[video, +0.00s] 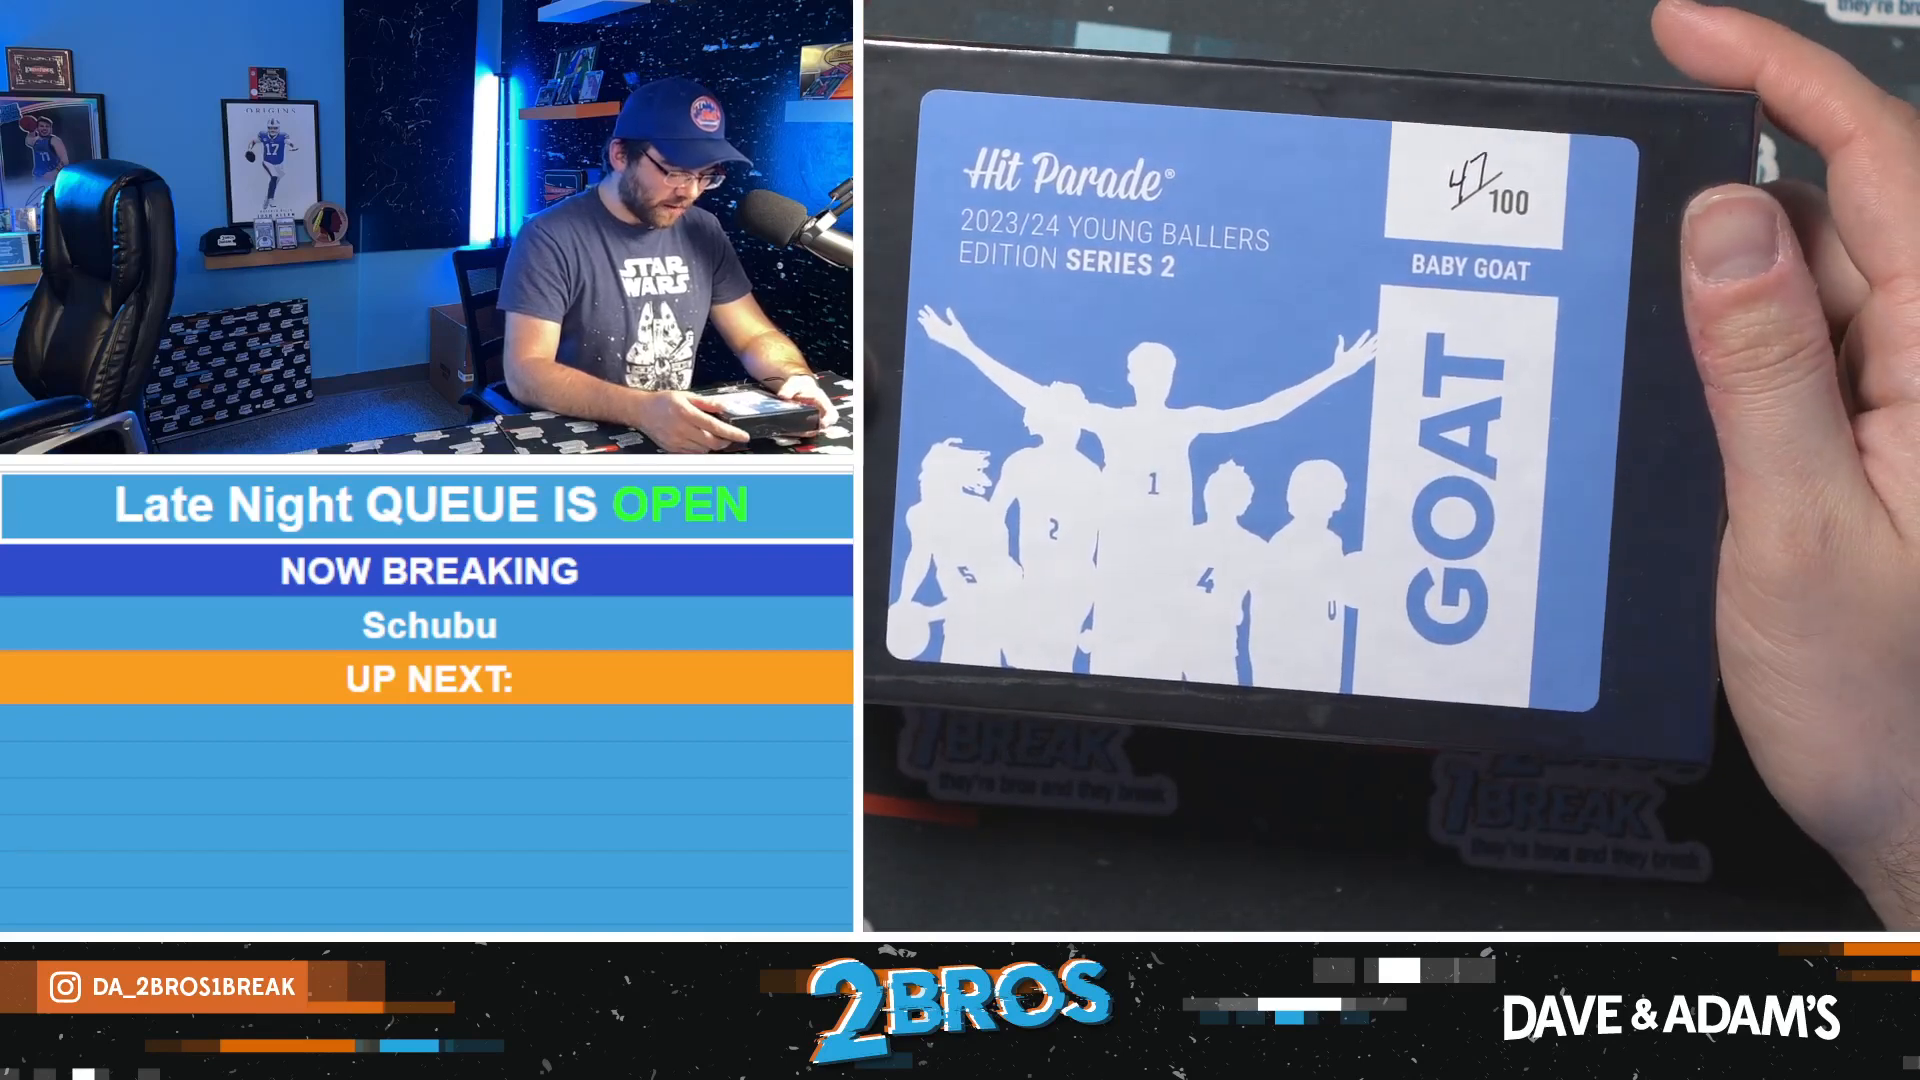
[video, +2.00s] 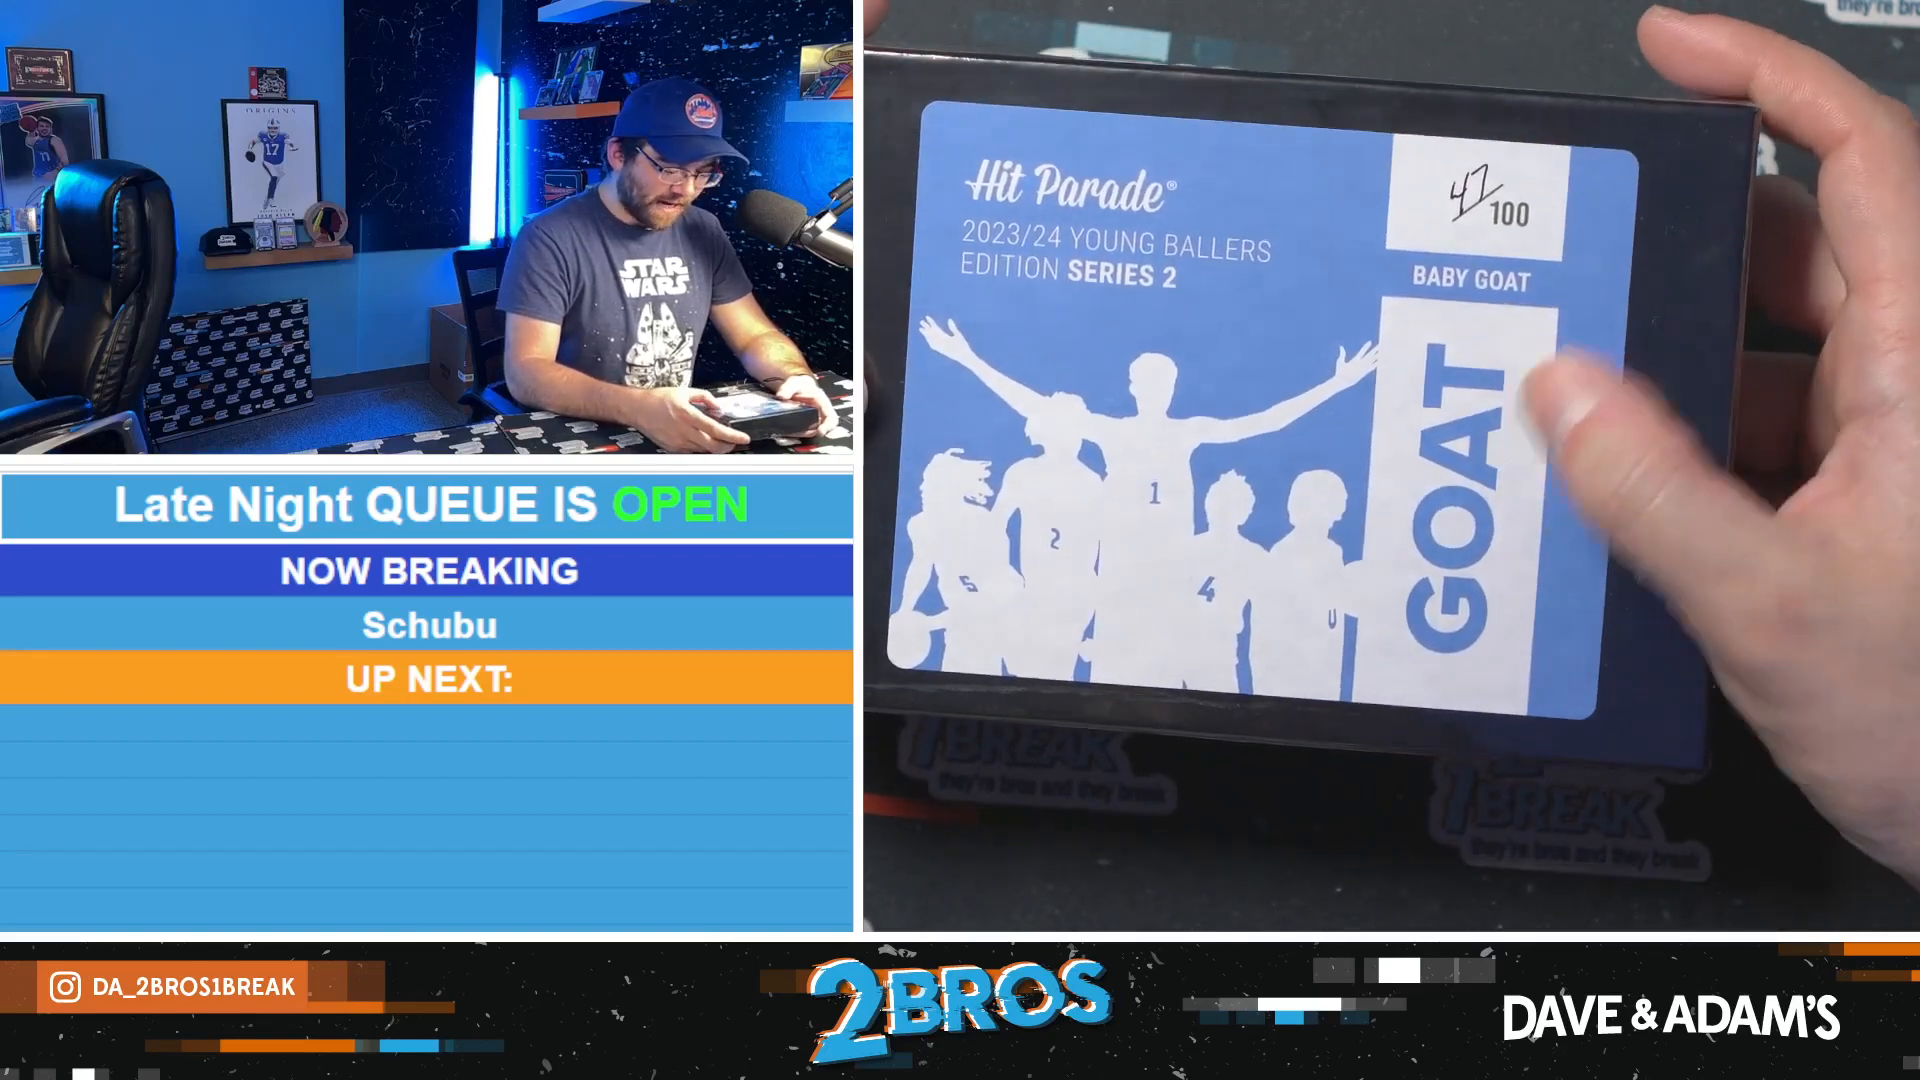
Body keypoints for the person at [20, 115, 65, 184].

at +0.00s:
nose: (44, 128)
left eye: (47, 126)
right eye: (41, 126)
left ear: (50, 128)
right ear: (37, 128)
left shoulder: (55, 140)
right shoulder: (35, 140)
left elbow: (64, 160)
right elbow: (28, 142)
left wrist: (54, 173)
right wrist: (31, 132)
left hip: (51, 177)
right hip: (37, 176)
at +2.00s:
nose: (44, 128)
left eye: (47, 126)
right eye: (41, 126)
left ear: (50, 128)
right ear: (37, 128)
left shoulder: (55, 140)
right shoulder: (35, 140)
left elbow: (64, 160)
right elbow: (28, 142)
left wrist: (54, 173)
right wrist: (31, 132)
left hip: (51, 177)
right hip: (37, 176)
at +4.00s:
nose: (44, 128)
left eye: (47, 126)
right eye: (41, 126)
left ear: (51, 129)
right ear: (37, 128)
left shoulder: (54, 140)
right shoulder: (35, 140)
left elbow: (64, 161)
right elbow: (28, 142)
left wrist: (54, 173)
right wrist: (31, 133)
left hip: (50, 177)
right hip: (37, 176)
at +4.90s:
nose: (44, 128)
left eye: (47, 126)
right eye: (41, 126)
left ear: (50, 129)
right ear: (37, 128)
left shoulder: (54, 140)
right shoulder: (35, 140)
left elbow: (64, 160)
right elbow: (28, 142)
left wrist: (53, 173)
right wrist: (31, 133)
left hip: (50, 177)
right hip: (37, 176)